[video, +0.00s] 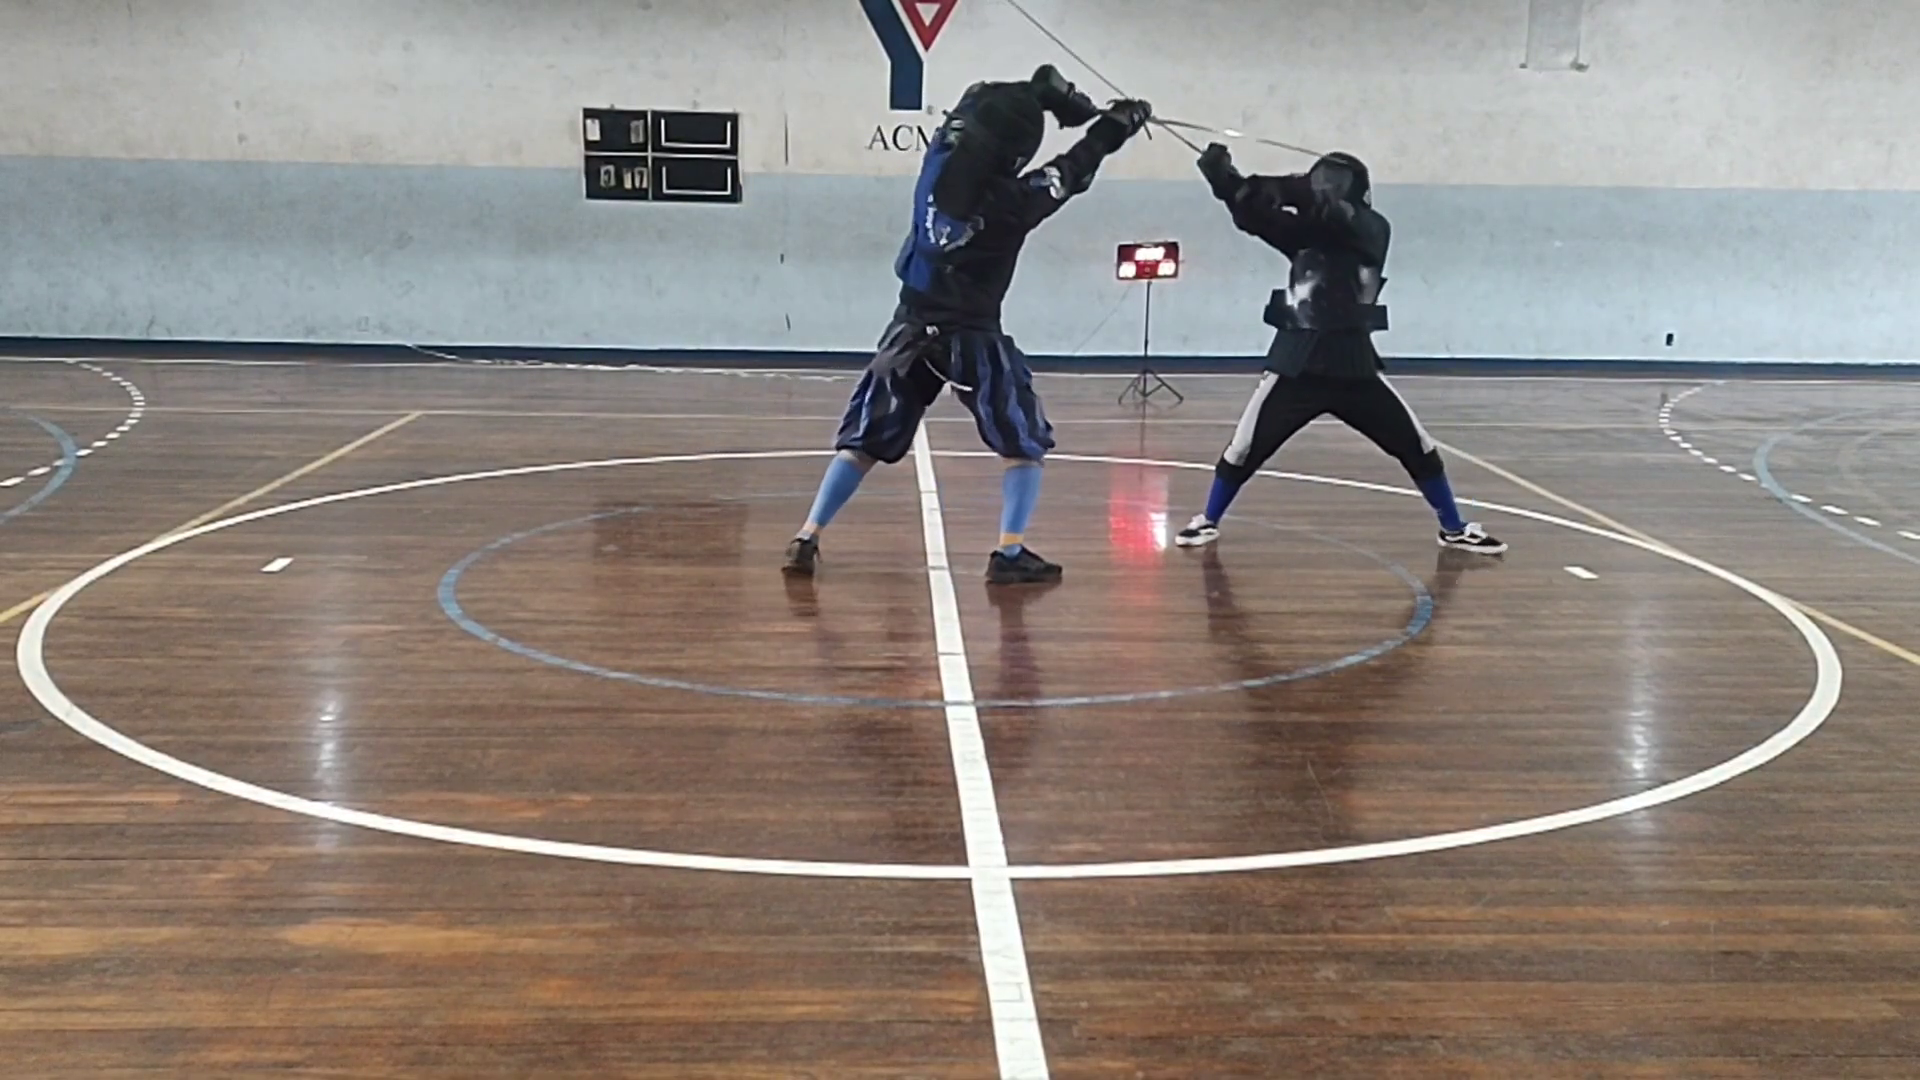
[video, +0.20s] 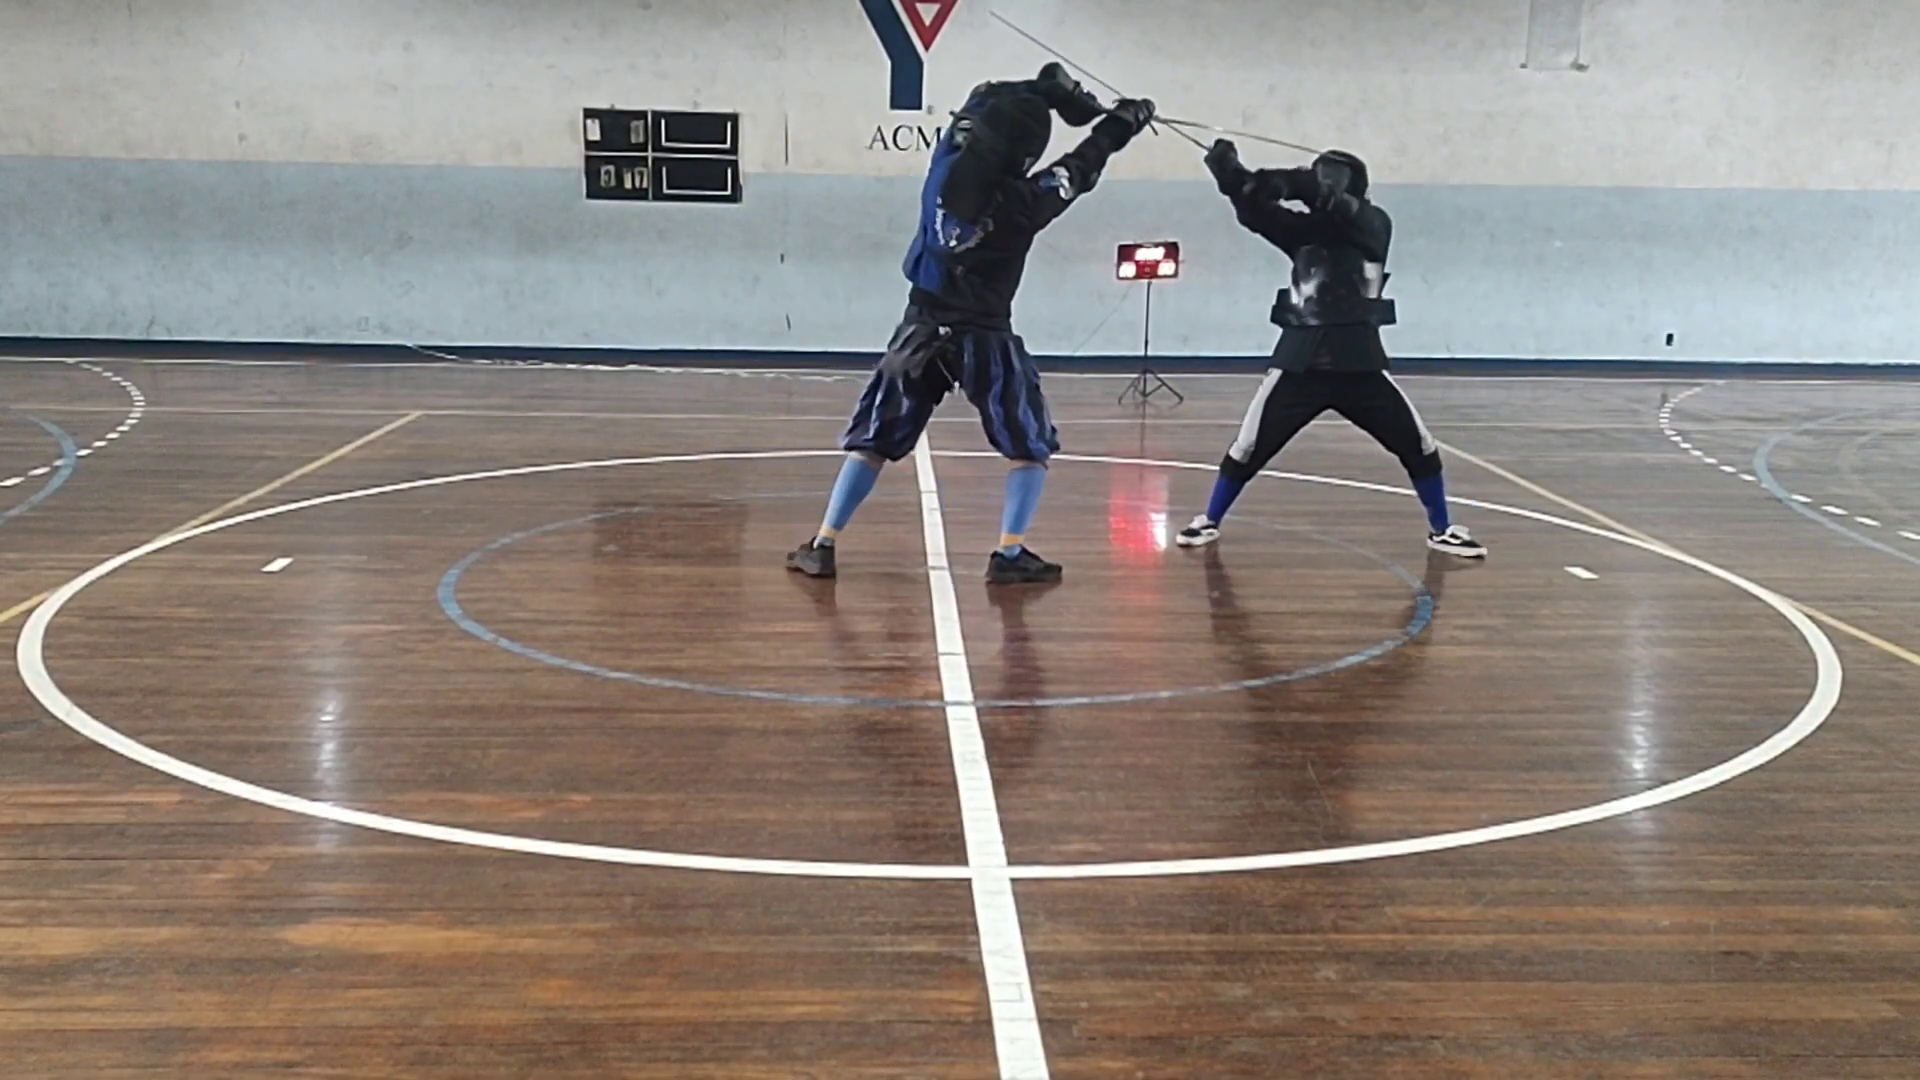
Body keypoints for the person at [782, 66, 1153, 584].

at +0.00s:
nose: (1033, 156)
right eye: (1030, 148)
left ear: (974, 128)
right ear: (1016, 151)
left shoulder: (937, 162)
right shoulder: (1014, 202)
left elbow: (981, 100)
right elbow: (1074, 169)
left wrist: (1045, 94)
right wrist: (1113, 126)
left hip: (910, 328)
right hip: (975, 336)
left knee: (869, 434)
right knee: (1025, 441)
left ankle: (806, 537)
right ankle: (1009, 552)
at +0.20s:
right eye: (1038, 150)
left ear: (980, 133)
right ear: (1024, 153)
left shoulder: (943, 167)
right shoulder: (1024, 203)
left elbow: (985, 101)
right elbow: (1080, 166)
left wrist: (1046, 91)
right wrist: (1118, 125)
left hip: (920, 327)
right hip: (986, 337)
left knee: (877, 432)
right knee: (1030, 442)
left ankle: (822, 544)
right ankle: (1010, 552)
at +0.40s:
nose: (1039, 159)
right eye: (1036, 151)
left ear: (981, 136)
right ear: (1025, 155)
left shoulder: (947, 168)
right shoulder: (1028, 202)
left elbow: (984, 117)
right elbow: (1084, 174)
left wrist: (1047, 104)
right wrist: (1121, 134)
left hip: (923, 331)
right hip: (990, 339)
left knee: (876, 433)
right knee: (1034, 442)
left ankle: (820, 545)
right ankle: (1010, 552)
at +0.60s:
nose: (1039, 148)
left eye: (1038, 141)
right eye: (1038, 141)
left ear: (983, 126)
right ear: (1028, 144)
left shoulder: (940, 162)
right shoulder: (1026, 194)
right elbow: (1072, 244)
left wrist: (1032, 184)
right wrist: (1081, 195)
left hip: (919, 330)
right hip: (985, 337)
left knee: (873, 434)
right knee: (1030, 441)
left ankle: (820, 545)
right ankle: (1011, 550)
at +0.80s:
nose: (1026, 158)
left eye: (1027, 148)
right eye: (1026, 148)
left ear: (967, 133)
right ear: (1018, 152)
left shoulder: (914, 184)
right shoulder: (1022, 218)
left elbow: (887, 258)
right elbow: (1016, 306)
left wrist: (908, 304)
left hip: (911, 337)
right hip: (981, 343)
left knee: (864, 434)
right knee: (1030, 440)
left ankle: (819, 546)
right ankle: (1011, 552)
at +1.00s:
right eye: (968, 145)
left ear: (910, 142)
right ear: (965, 150)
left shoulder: (866, 199)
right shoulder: (981, 215)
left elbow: (846, 279)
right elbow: (987, 304)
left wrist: (864, 327)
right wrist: (940, 312)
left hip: (880, 343)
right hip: (951, 346)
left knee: (841, 436)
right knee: (1008, 444)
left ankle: (787, 527)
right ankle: (1010, 549)